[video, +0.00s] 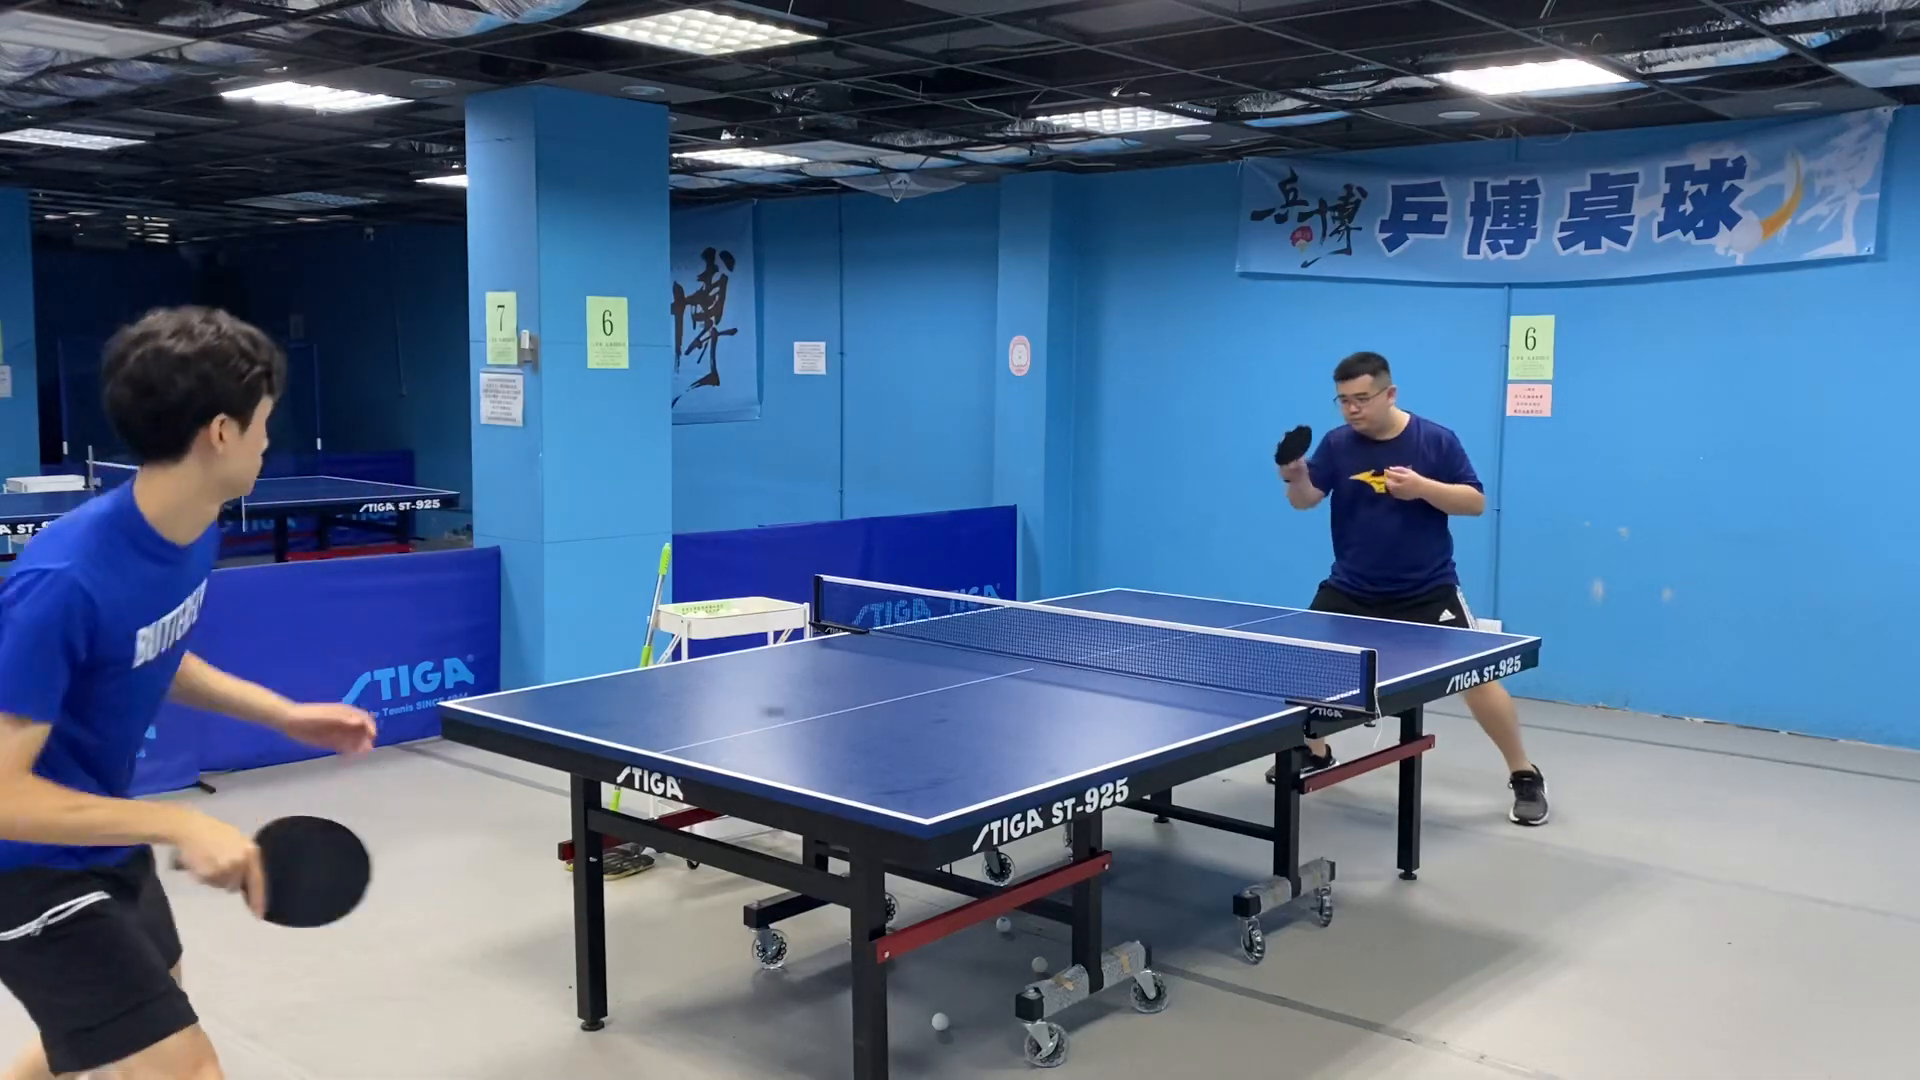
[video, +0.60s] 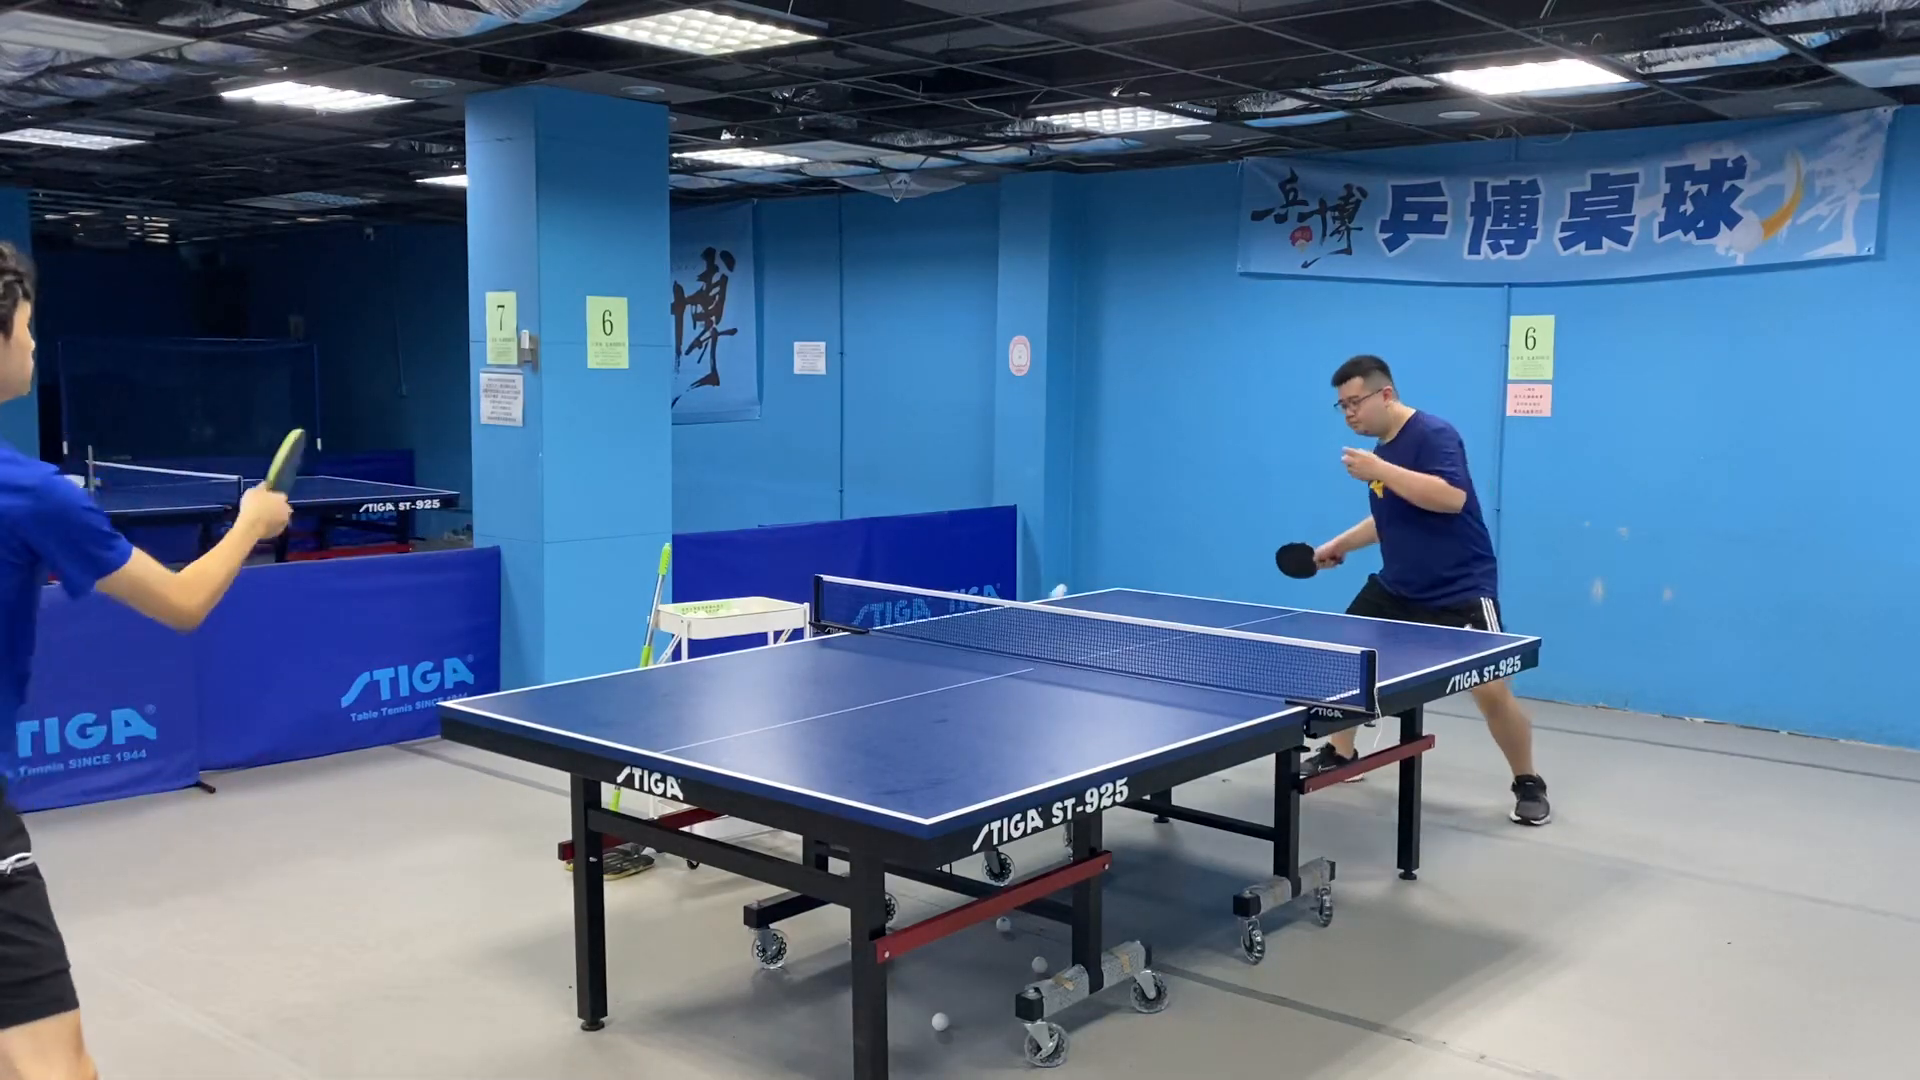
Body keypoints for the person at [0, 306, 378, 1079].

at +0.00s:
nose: (266, 441)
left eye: (265, 421)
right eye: (263, 422)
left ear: (206, 436)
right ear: (218, 434)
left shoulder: (193, 527)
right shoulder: (62, 583)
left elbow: (152, 660)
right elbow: (4, 794)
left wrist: (283, 715)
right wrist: (176, 825)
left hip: (112, 843)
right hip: (32, 867)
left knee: (137, 1010)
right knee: (181, 1066)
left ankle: (33, 1072)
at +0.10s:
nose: (231, 469)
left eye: (232, 449)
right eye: (228, 449)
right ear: (187, 460)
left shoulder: (126, 572)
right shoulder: (49, 610)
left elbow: (99, 735)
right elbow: (10, 834)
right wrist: (158, 799)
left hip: (78, 872)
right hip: (22, 902)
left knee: (92, 1046)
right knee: (191, 1068)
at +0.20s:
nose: (174, 443)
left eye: (175, 423)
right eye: (172, 424)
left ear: (50, 427)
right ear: (132, 438)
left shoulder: (9, 518)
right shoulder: (106, 606)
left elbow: (5, 707)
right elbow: (162, 792)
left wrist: (62, 805)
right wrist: (186, 708)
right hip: (23, 889)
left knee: (43, 1007)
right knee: (205, 1068)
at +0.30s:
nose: (114, 406)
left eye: (114, 388)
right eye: (110, 388)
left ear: (22, 398)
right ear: (66, 402)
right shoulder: (102, 549)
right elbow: (207, 689)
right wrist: (249, 623)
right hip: (19, 871)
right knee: (167, 1069)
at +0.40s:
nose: (68, 375)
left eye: (65, 355)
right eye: (61, 356)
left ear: (14, 370)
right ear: (21, 371)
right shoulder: (71, 508)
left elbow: (212, 603)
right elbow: (219, 608)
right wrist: (290, 548)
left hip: (12, 827)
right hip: (8, 833)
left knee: (101, 1059)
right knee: (106, 1063)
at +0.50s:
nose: (44, 355)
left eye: (39, 334)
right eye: (37, 336)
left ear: (0, 349)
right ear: (1, 349)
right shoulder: (52, 490)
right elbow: (209, 582)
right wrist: (283, 513)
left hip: (6, 798)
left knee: (27, 1051)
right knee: (66, 1052)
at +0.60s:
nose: (31, 345)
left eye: (26, 325)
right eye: (25, 327)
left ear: (9, 331)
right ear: (3, 333)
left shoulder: (20, 482)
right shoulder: (26, 488)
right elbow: (183, 602)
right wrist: (252, 525)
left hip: (9, 809)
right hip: (1, 812)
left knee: (45, 1052)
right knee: (49, 1055)